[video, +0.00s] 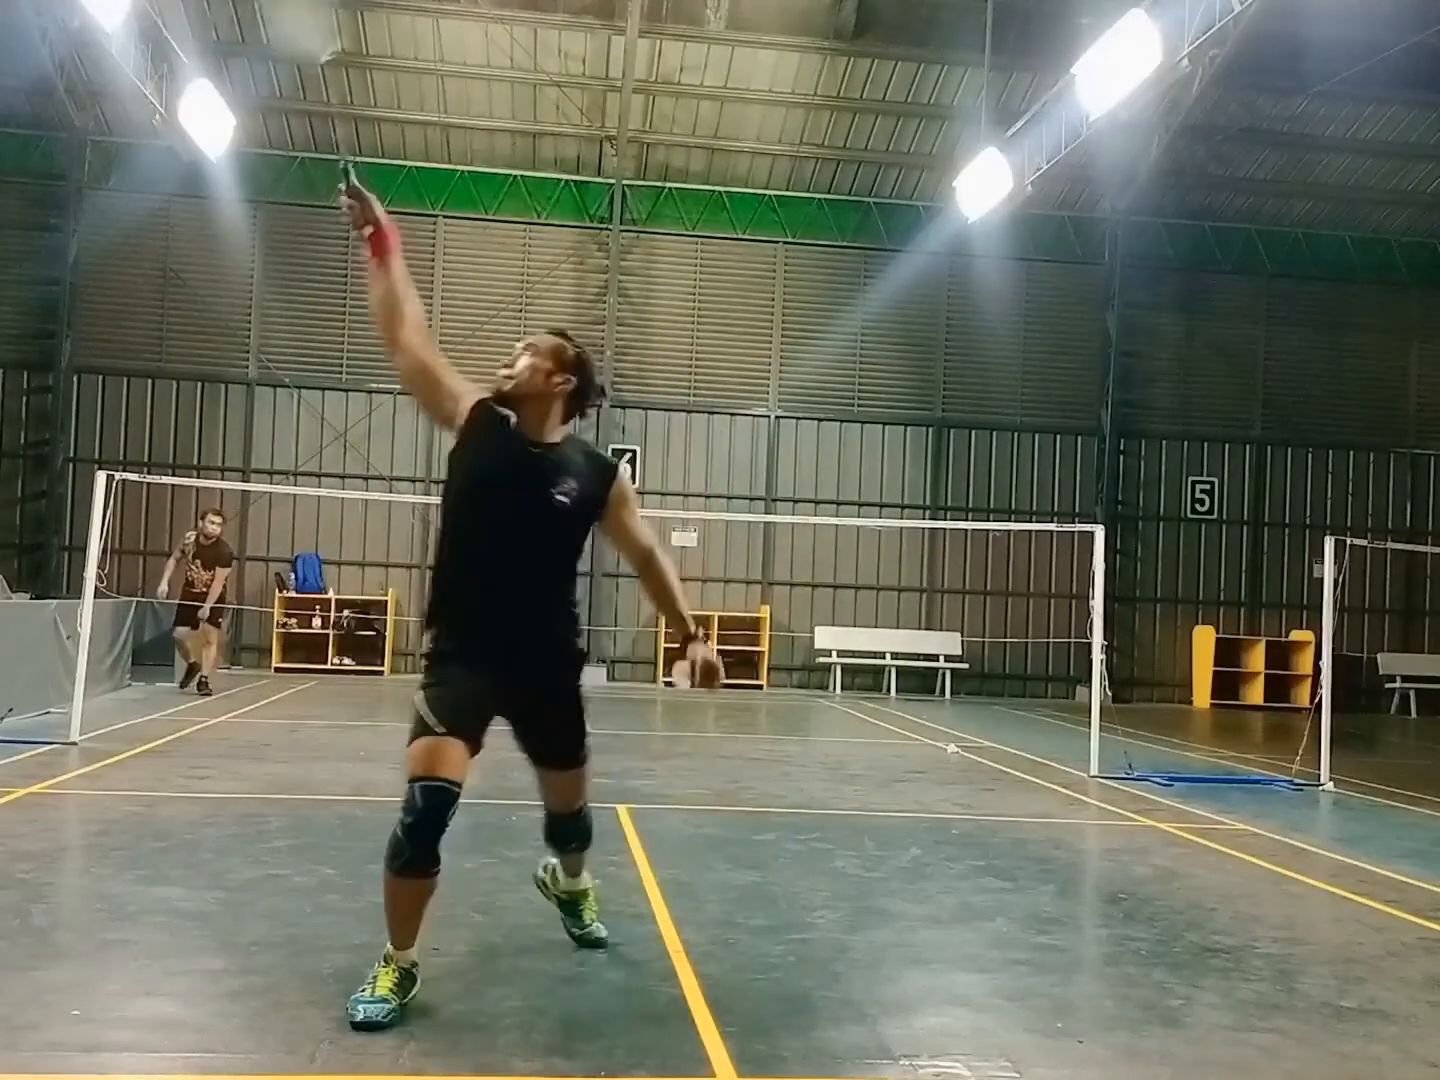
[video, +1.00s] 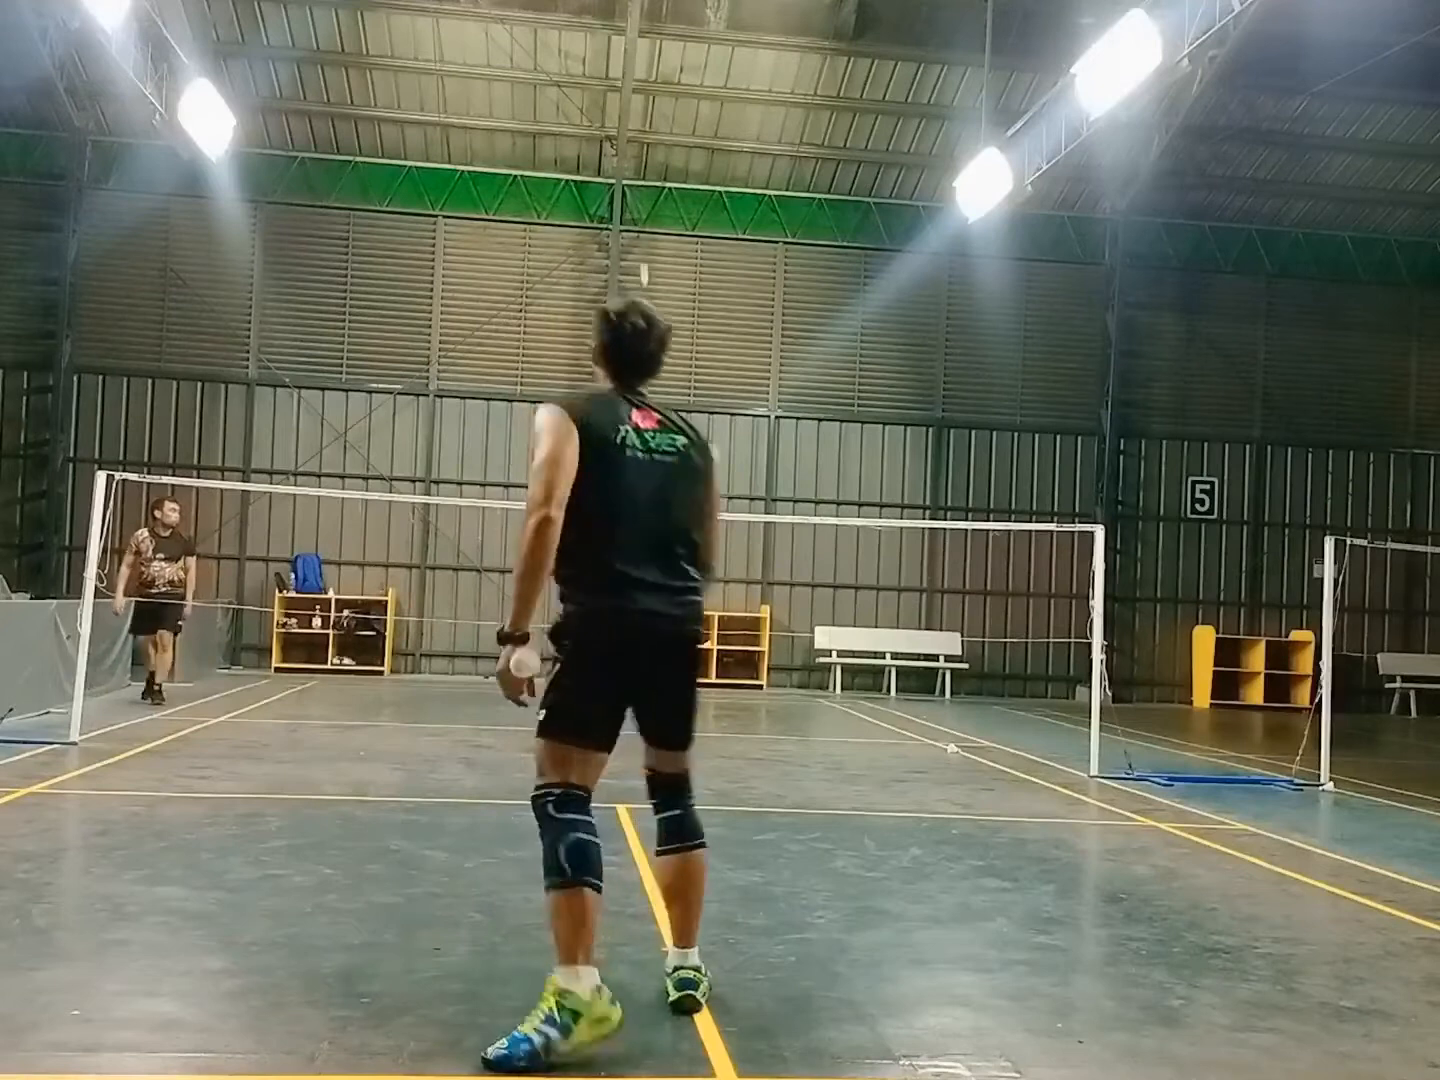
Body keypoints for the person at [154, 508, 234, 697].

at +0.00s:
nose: (214, 528)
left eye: (219, 525)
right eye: (211, 523)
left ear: (222, 528)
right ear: (201, 523)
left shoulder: (224, 552)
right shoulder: (190, 539)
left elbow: (218, 582)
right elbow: (174, 559)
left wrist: (208, 605)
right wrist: (164, 582)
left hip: (213, 596)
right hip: (190, 593)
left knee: (209, 635)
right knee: (179, 633)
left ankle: (204, 678)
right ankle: (192, 664)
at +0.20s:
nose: (206, 526)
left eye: (210, 523)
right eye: (202, 522)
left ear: (214, 527)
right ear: (192, 523)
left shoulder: (217, 551)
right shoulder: (180, 540)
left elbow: (215, 581)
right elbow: (165, 558)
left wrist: (205, 606)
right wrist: (159, 579)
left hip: (206, 597)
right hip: (182, 595)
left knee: (205, 639)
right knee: (172, 634)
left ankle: (203, 679)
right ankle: (165, 678)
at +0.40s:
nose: (196, 524)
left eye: (199, 520)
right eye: (192, 519)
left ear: (201, 524)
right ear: (179, 521)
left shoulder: (204, 546)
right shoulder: (165, 540)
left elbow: (209, 578)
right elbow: (150, 564)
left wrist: (209, 607)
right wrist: (148, 591)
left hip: (194, 601)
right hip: (166, 599)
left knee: (200, 641)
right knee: (160, 638)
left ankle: (202, 677)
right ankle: (159, 683)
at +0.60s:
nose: (184, 516)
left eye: (186, 513)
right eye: (180, 512)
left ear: (188, 516)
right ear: (166, 514)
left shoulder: (193, 542)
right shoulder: (151, 537)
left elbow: (204, 570)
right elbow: (136, 563)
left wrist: (210, 598)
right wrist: (133, 591)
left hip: (184, 595)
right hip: (156, 594)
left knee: (189, 635)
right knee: (157, 638)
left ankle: (187, 670)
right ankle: (159, 682)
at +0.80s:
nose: (176, 516)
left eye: (178, 512)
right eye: (171, 512)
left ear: (179, 516)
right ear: (157, 515)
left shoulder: (186, 541)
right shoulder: (143, 538)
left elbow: (197, 569)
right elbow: (127, 564)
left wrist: (198, 599)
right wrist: (121, 587)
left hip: (177, 597)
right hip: (151, 596)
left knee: (170, 639)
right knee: (155, 641)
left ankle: (165, 684)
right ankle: (158, 682)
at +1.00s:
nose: (176, 515)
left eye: (178, 512)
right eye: (172, 511)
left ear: (179, 515)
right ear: (157, 513)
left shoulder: (184, 541)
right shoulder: (141, 536)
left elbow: (191, 571)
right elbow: (126, 566)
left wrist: (189, 600)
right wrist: (119, 594)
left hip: (172, 598)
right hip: (146, 597)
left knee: (164, 640)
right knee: (150, 642)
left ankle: (158, 686)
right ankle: (151, 676)